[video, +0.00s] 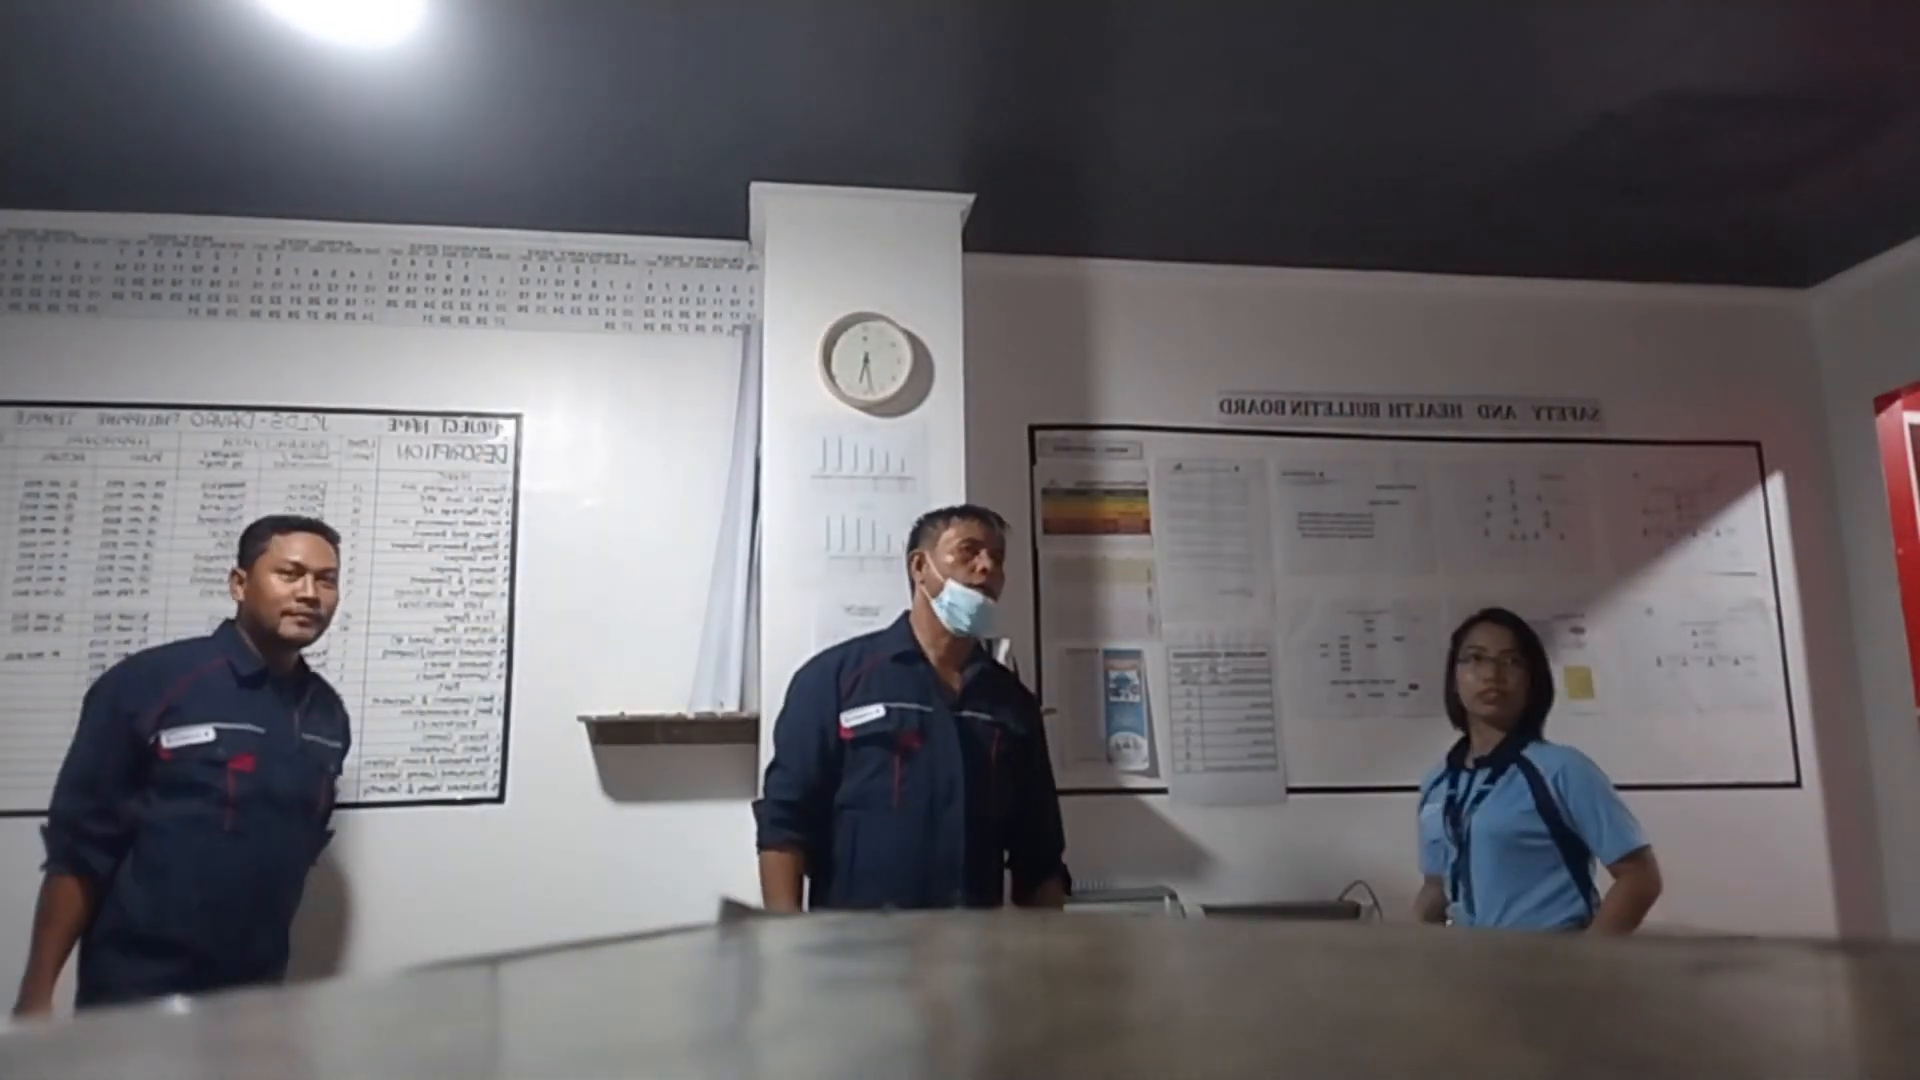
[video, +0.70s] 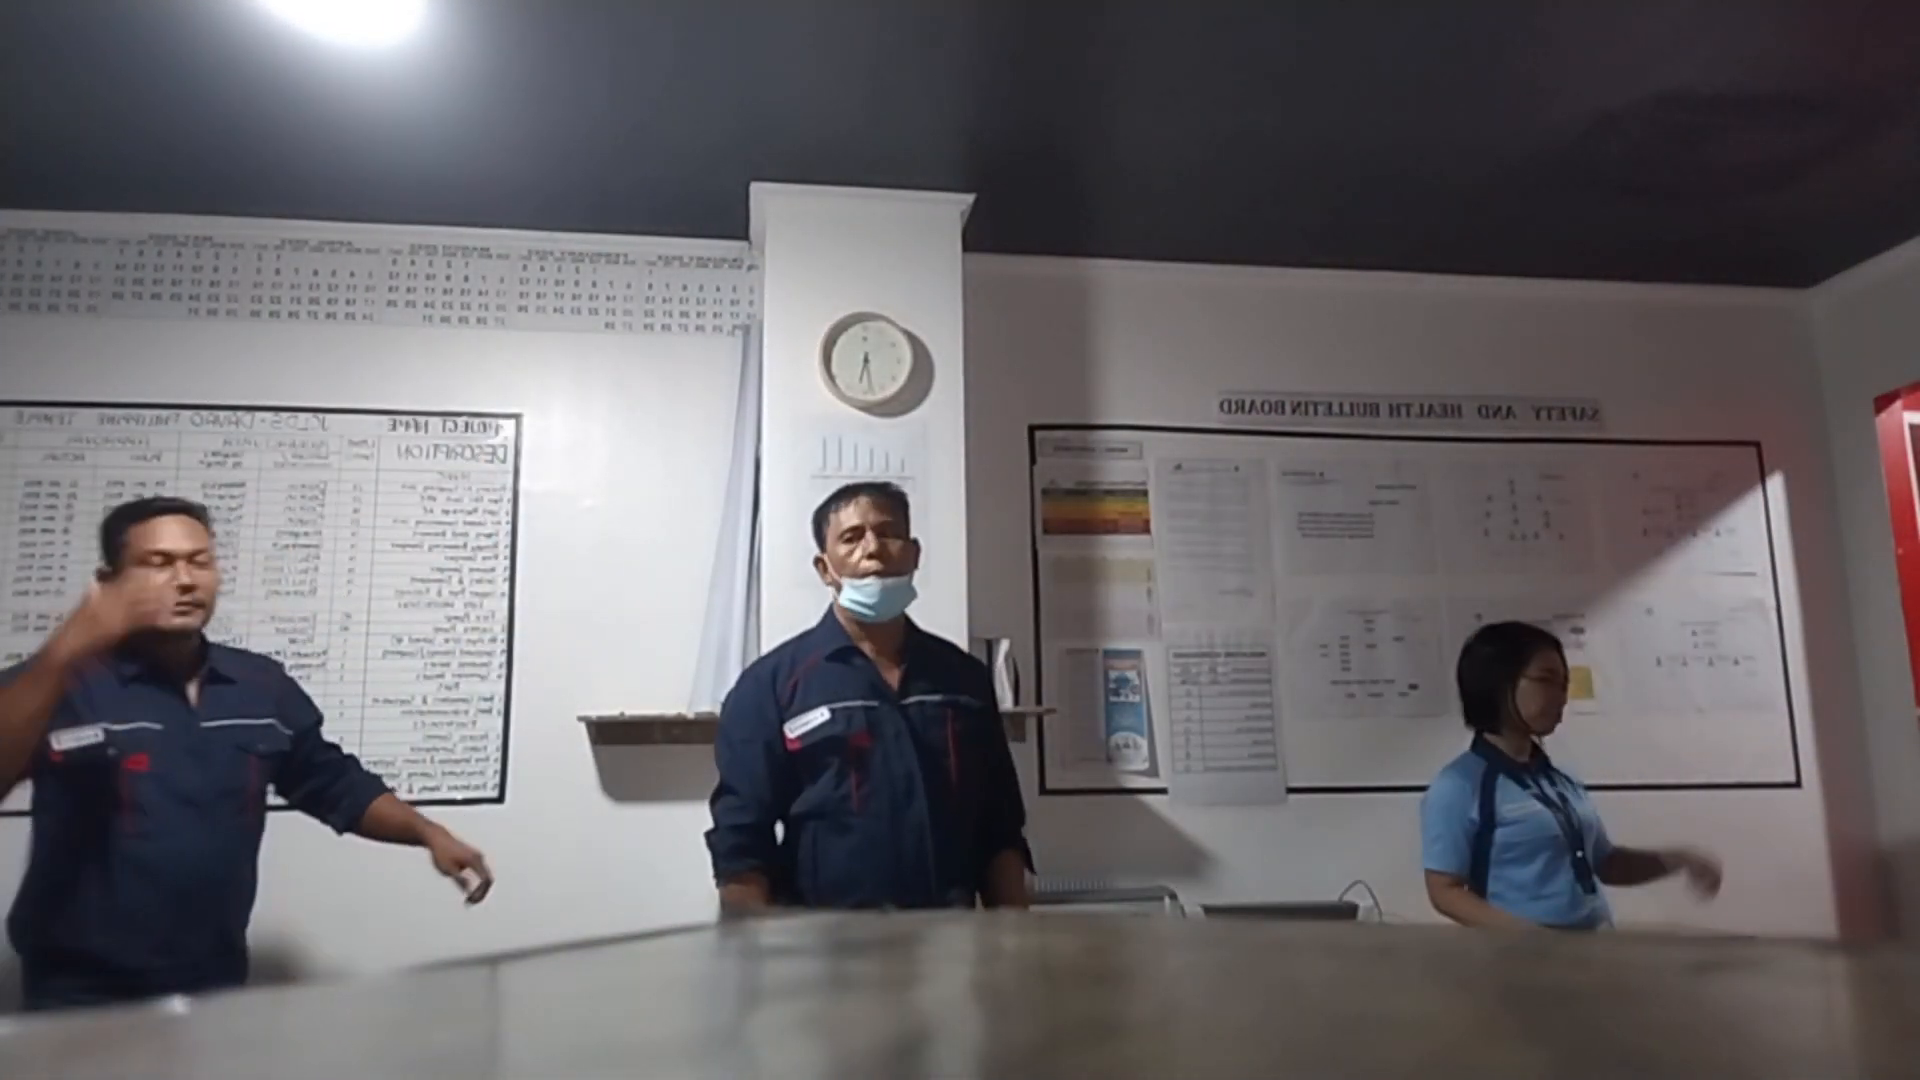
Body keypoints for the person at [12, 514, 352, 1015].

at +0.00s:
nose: (311, 594)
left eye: (325, 579)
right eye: (290, 574)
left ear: (337, 597)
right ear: (241, 585)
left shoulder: (327, 717)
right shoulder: (141, 688)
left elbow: (293, 859)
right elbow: (80, 853)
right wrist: (35, 998)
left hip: (252, 1000)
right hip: (133, 1000)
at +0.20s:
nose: (291, 578)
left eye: (307, 566)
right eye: (270, 560)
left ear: (317, 586)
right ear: (222, 576)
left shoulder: (316, 707)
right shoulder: (130, 676)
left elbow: (306, 864)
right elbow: (61, 834)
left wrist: (301, 985)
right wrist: (11, 964)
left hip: (256, 994)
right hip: (134, 991)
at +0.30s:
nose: (274, 574)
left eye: (289, 560)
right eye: (253, 557)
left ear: (304, 581)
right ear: (205, 575)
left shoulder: (312, 704)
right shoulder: (114, 676)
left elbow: (324, 824)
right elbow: (26, 815)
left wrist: (349, 926)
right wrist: (8, 955)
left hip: (243, 989)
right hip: (122, 986)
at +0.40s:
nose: (257, 582)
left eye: (270, 568)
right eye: (233, 567)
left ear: (284, 586)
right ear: (184, 586)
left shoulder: (304, 706)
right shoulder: (94, 692)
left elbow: (339, 804)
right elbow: (7, 804)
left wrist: (397, 875)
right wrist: (5, 940)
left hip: (243, 994)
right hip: (116, 998)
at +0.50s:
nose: (235, 585)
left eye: (250, 570)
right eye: (211, 569)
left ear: (265, 586)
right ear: (164, 588)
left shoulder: (290, 707)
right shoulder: (76, 698)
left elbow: (346, 798)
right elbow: (1, 799)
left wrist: (434, 847)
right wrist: (11, 880)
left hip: (233, 996)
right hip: (106, 1001)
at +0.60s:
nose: (213, 576)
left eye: (229, 561)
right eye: (189, 559)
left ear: (245, 579)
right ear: (143, 579)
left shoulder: (277, 692)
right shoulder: (65, 690)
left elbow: (338, 789)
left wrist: (437, 826)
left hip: (222, 986)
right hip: (91, 991)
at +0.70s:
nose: (186, 578)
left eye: (199, 560)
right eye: (160, 562)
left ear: (217, 575)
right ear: (111, 584)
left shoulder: (262, 686)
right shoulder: (61, 682)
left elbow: (332, 782)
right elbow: (3, 770)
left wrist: (430, 833)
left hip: (209, 986)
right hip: (76, 991)